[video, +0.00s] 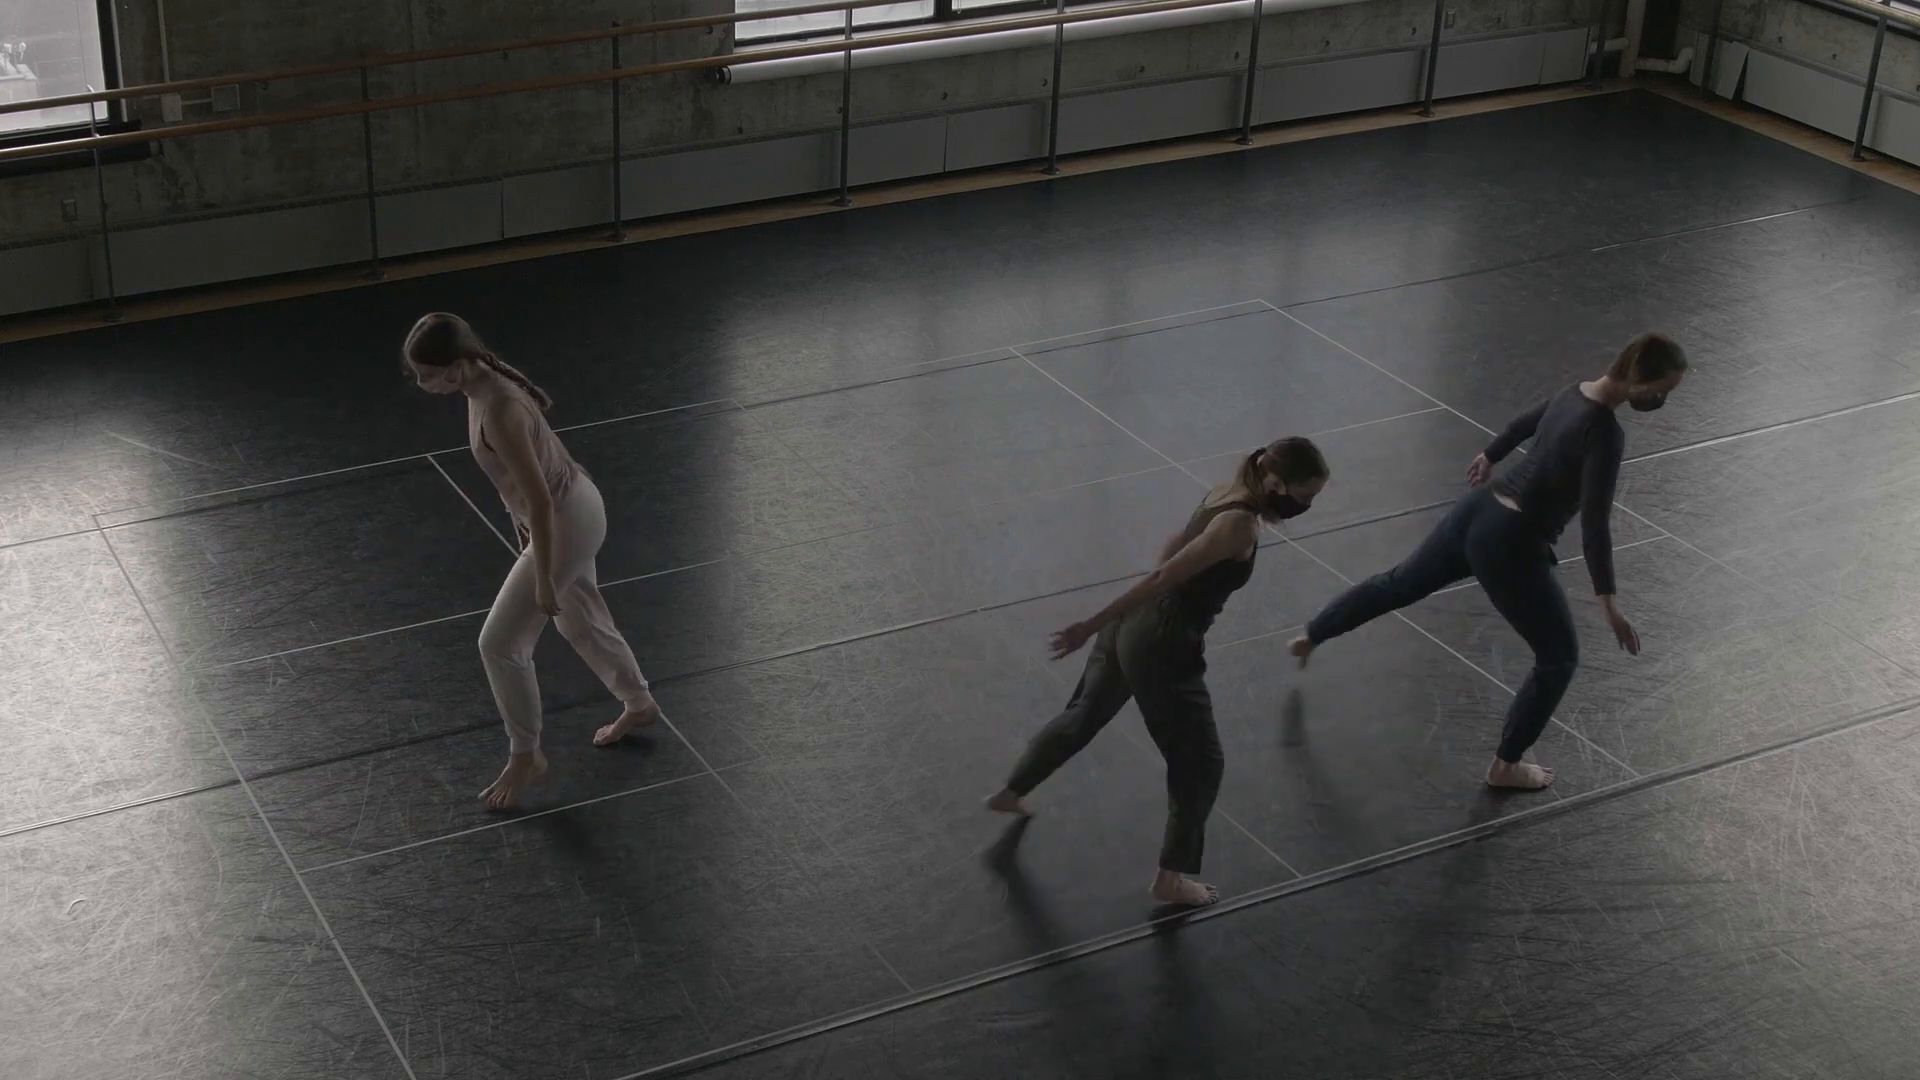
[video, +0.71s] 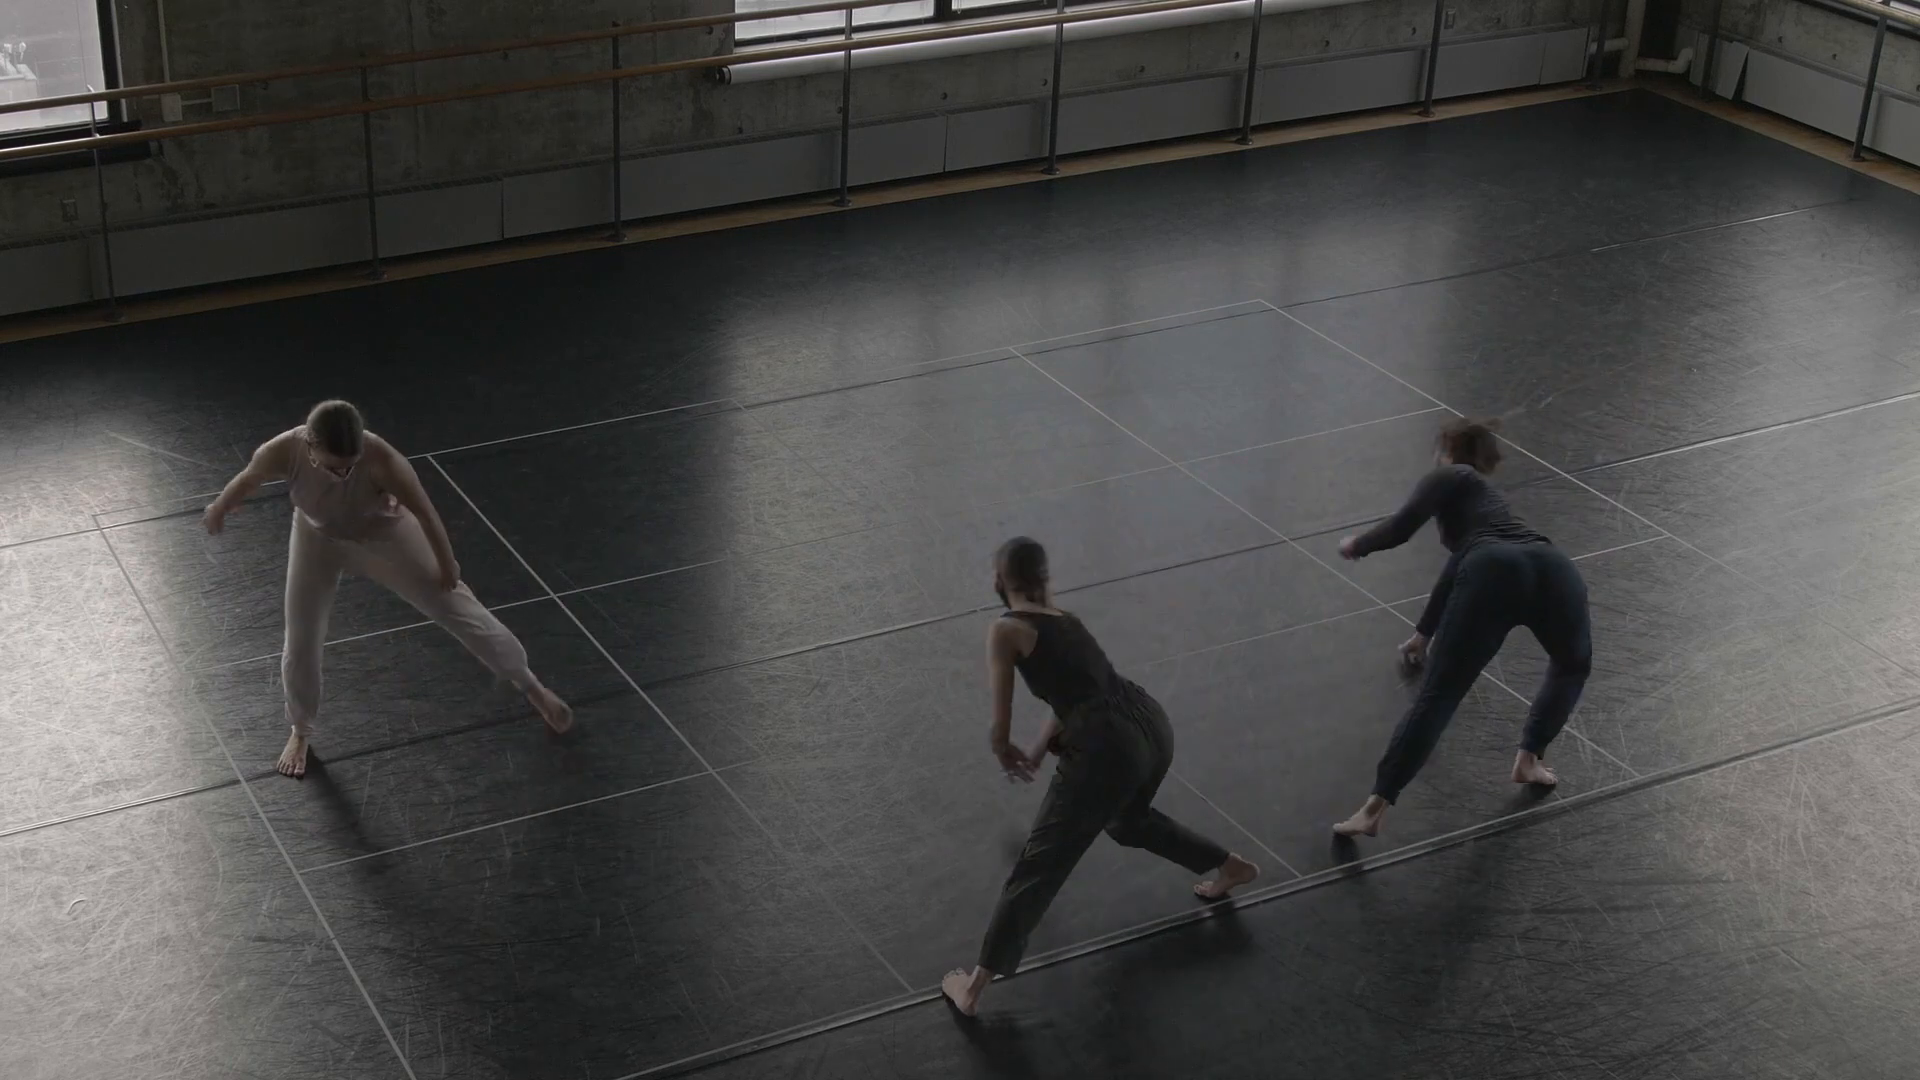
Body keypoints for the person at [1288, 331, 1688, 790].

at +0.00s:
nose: (1663, 401)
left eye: (1668, 393)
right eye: (1663, 391)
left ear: (1630, 368)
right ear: (1643, 379)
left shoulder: (1576, 393)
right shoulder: (1605, 432)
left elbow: (1524, 425)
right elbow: (1595, 521)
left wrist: (1490, 454)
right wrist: (1610, 602)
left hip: (1477, 510)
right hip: (1510, 543)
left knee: (1401, 582)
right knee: (1559, 658)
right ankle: (1507, 764)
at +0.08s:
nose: (1663, 419)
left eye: (1667, 412)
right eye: (1663, 411)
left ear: (1629, 383)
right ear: (1643, 399)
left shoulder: (1579, 410)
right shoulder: (1610, 453)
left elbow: (1527, 446)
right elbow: (1600, 541)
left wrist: (1497, 481)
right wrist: (1616, 620)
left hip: (1484, 526)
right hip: (1512, 561)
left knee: (1387, 600)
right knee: (1570, 665)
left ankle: (1275, 657)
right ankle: (1506, 766)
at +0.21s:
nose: (1662, 433)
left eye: (1667, 425)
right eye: (1664, 424)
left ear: (1629, 396)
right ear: (1648, 416)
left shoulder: (1565, 422)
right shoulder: (1615, 468)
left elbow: (1506, 467)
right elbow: (1621, 557)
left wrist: (1494, 524)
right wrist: (1642, 639)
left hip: (1479, 542)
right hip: (1521, 569)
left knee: (1399, 638)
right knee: (1576, 667)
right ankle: (1508, 764)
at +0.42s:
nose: (1629, 428)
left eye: (1631, 420)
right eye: (1631, 422)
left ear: (1589, 398)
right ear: (1624, 423)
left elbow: (1471, 497)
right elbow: (1612, 553)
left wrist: (1439, 553)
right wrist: (1614, 600)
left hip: (1476, 571)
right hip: (1540, 586)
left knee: (1418, 679)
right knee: (1586, 668)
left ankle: (1344, 791)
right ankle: (1511, 763)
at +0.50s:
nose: (1554, 405)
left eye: (1558, 399)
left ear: (1557, 406)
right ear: (1600, 425)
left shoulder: (1513, 445)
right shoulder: (1590, 482)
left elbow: (1471, 502)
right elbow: (1569, 550)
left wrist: (1424, 549)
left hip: (1482, 575)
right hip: (1547, 586)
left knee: (1420, 687)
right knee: (1589, 669)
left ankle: (1346, 798)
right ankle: (1513, 763)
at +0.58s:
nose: (1513, 422)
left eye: (1517, 416)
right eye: (1521, 418)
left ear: (1519, 421)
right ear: (1559, 433)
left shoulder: (1496, 456)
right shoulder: (1550, 473)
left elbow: (1464, 510)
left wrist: (1409, 540)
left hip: (1486, 581)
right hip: (1549, 582)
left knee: (1425, 695)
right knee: (1587, 667)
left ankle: (1354, 804)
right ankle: (1517, 761)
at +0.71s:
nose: (1438, 457)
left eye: (1441, 451)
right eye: (1440, 450)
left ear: (1451, 454)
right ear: (1483, 459)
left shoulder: (1447, 477)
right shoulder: (1491, 499)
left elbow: (1399, 529)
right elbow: (1451, 574)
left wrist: (1357, 544)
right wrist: (1421, 636)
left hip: (1489, 569)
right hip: (1553, 570)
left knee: (1440, 693)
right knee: (1571, 667)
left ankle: (1375, 807)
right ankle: (1529, 760)